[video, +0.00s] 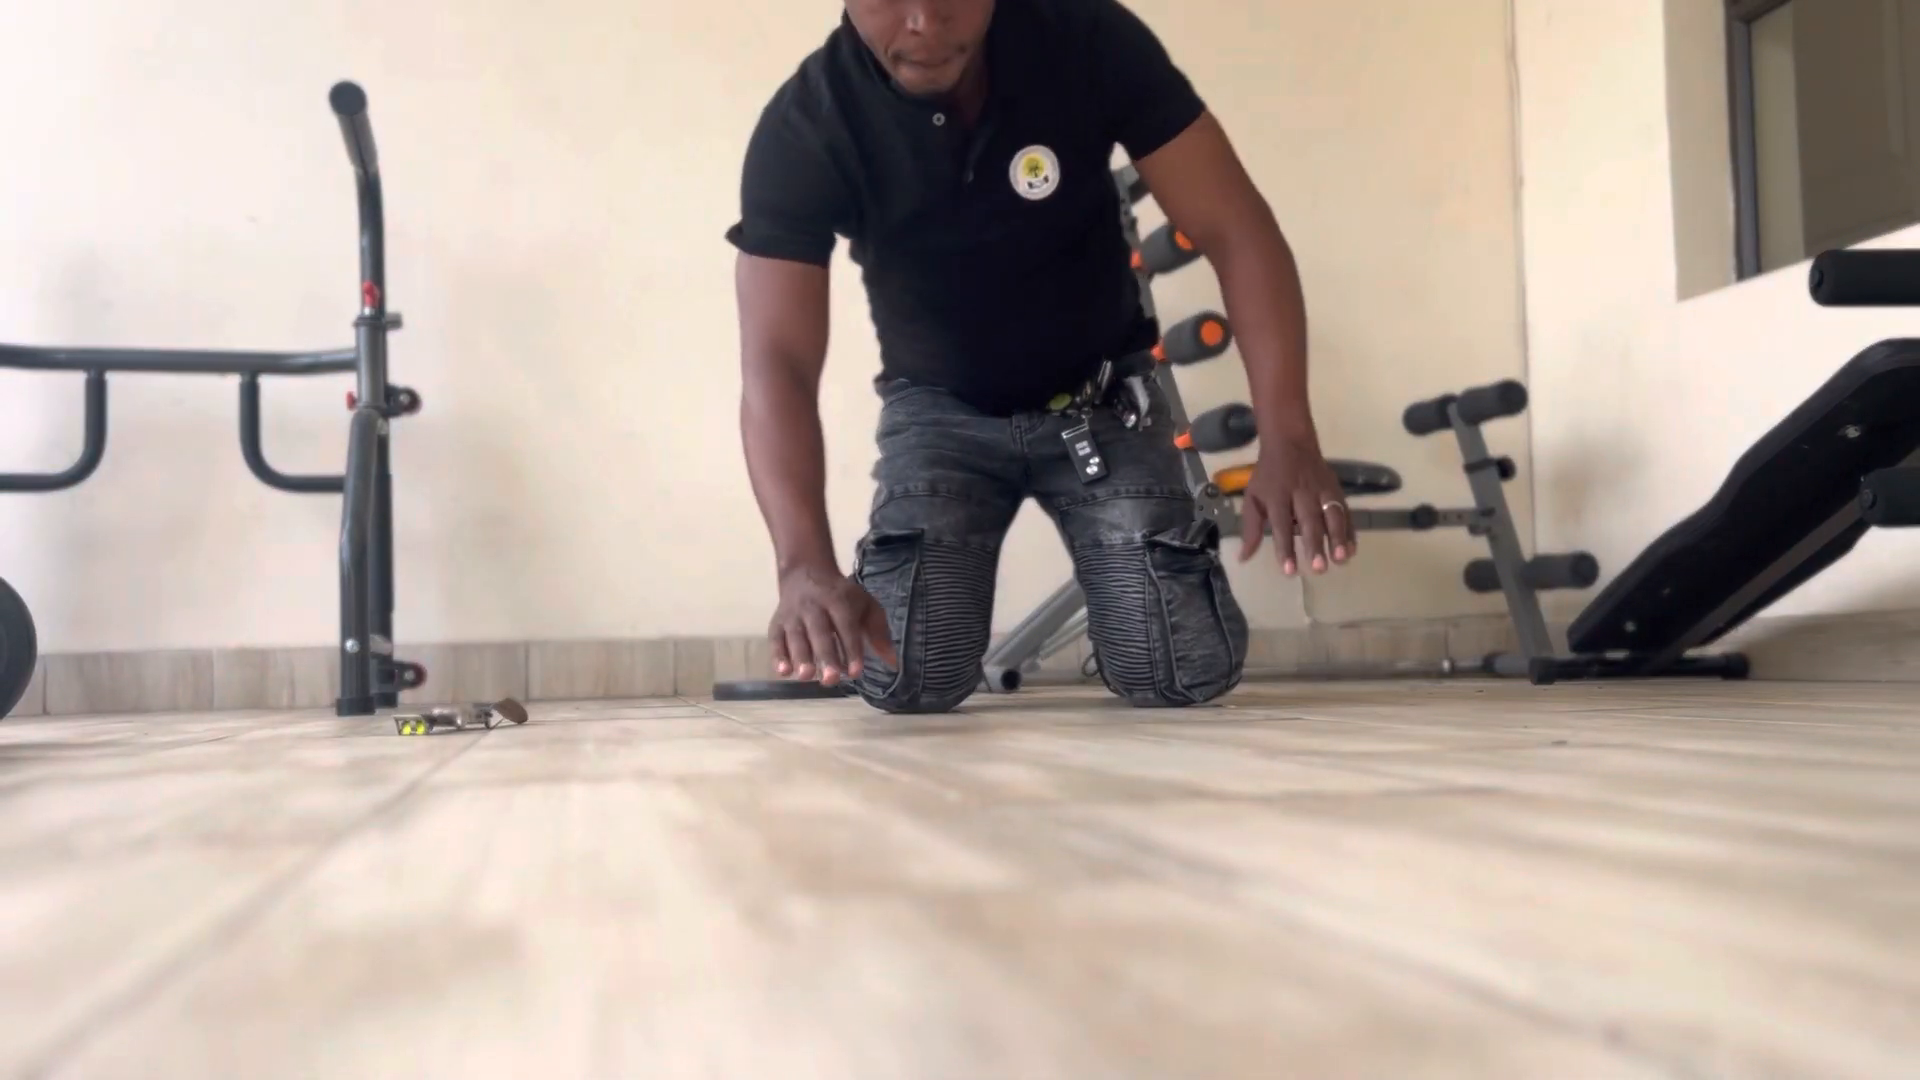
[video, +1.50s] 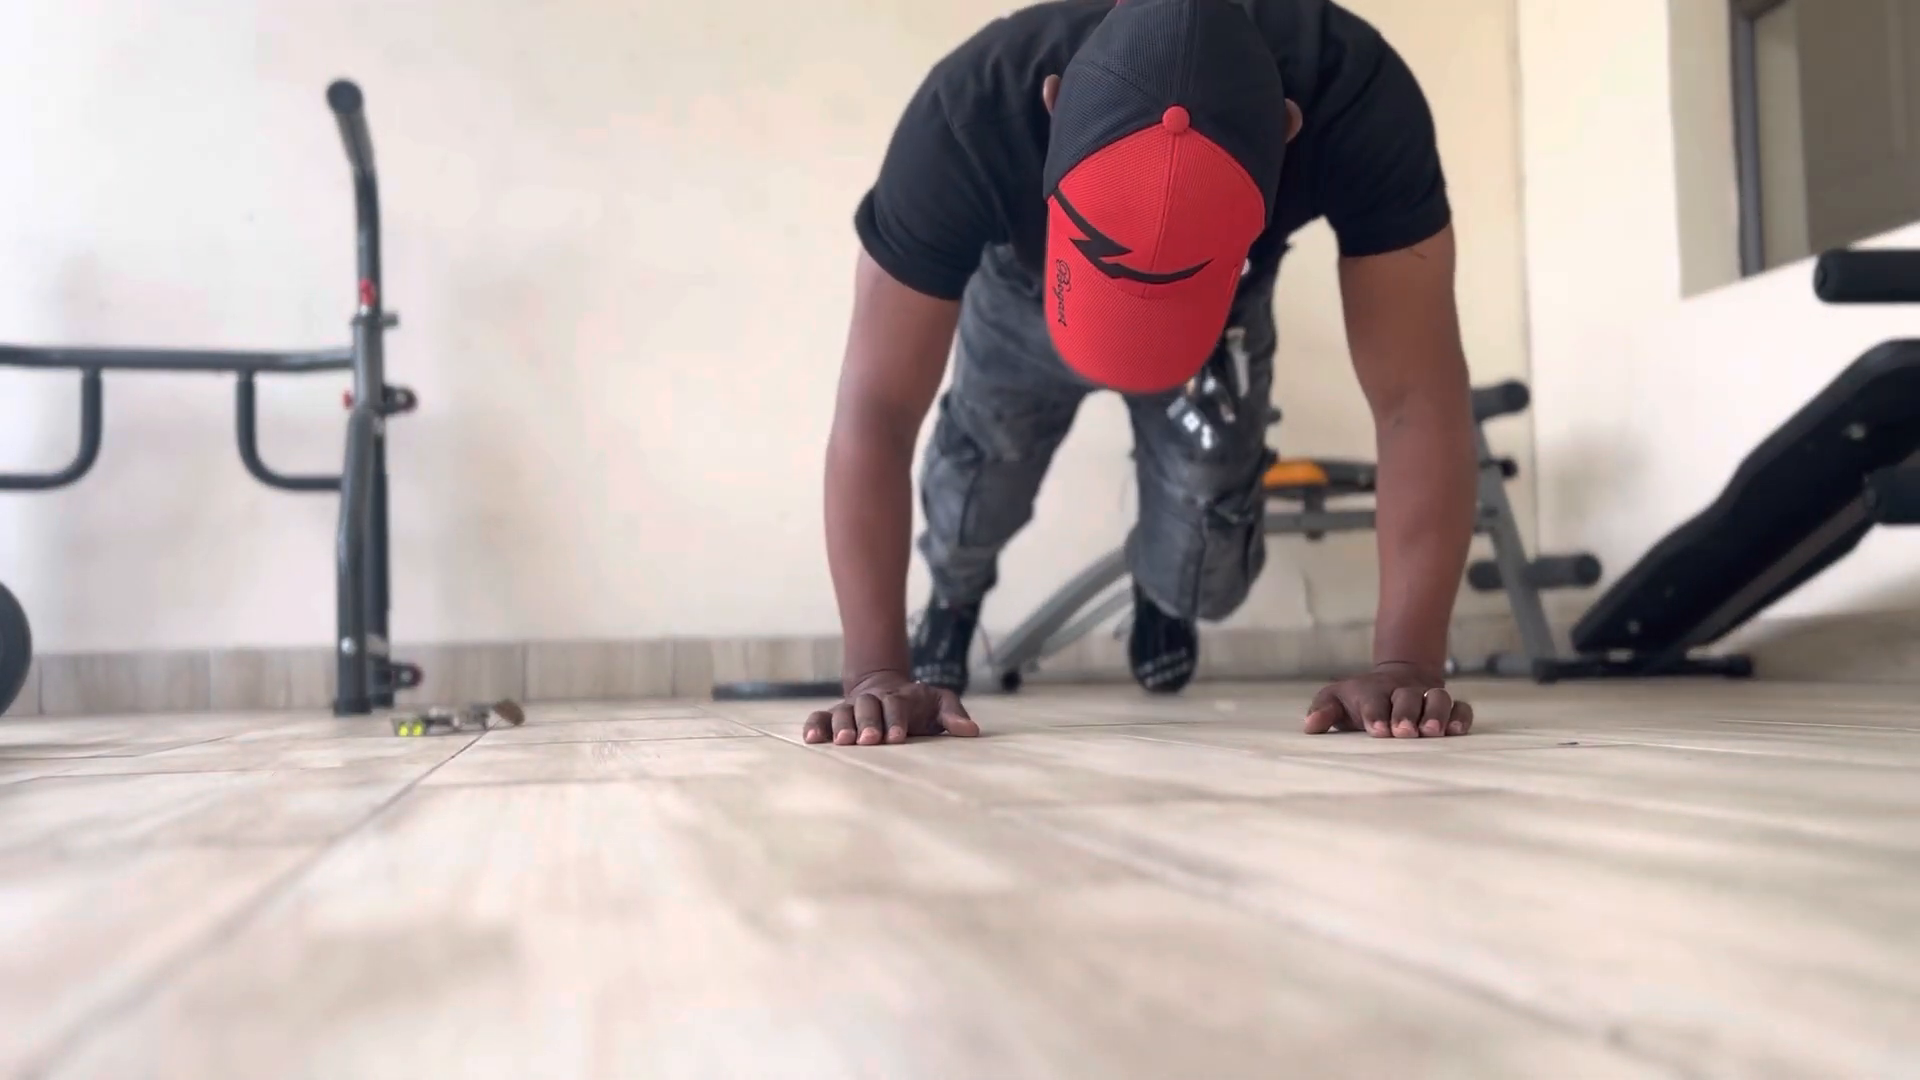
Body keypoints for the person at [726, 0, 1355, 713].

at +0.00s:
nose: (921, 24)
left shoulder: (1085, 39)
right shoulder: (808, 125)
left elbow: (1239, 231)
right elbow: (777, 368)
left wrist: (1287, 435)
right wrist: (804, 565)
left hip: (1104, 401)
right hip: (938, 413)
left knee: (1181, 672)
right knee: (915, 679)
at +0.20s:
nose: (989, 81)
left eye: (1023, 40)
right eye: (952, 44)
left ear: (1065, 20)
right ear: (894, 23)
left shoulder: (1144, 82)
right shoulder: (847, 151)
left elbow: (1276, 292)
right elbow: (833, 401)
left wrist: (1310, 508)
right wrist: (859, 637)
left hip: (1111, 399)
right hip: (935, 412)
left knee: (1181, 673)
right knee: (916, 689)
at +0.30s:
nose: (1045, 183)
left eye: (1077, 151)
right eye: (1012, 151)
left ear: (1119, 90)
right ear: (938, 84)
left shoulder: (1194, 129)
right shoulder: (873, 161)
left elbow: (1334, 361)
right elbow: (849, 424)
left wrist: (1364, 594)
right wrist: (866, 672)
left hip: (1114, 400)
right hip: (943, 408)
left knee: (1177, 676)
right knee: (916, 680)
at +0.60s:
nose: (1154, 235)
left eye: (1183, 202)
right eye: (1120, 203)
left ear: (1238, 119)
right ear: (1035, 110)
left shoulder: (1295, 146)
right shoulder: (940, 140)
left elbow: (1388, 414)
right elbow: (858, 420)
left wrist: (1400, 661)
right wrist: (866, 674)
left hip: (1163, 379)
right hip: (975, 376)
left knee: (1183, 680)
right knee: (907, 676)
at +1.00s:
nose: (1176, 191)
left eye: (1215, 164)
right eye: (1152, 157)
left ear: (1287, 94)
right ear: (1094, 67)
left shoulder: (1351, 122)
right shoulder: (982, 129)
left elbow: (1400, 398)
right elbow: (881, 415)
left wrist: (1402, 662)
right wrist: (865, 674)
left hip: (1212, 373)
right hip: (1026, 359)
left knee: (1194, 678)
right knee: (954, 597)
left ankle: (1141, 637)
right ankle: (925, 666)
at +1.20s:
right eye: (1133, 195)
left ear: (1293, 118)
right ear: (1082, 79)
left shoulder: (1365, 116)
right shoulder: (986, 117)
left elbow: (1412, 397)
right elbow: (882, 396)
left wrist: (1406, 663)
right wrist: (865, 654)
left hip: (1224, 348)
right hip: (1040, 328)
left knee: (1208, 655)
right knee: (981, 528)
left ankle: (1144, 585)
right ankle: (945, 609)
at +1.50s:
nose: (1132, 340)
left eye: (1173, 298)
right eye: (1097, 280)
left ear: (1286, 136)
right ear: (1055, 107)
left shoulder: (1369, 111)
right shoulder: (967, 121)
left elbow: (1418, 398)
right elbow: (872, 414)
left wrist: (1406, 663)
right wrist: (869, 673)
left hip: (1225, 280)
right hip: (1024, 261)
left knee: (1206, 574)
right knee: (983, 466)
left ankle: (1164, 590)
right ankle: (951, 602)